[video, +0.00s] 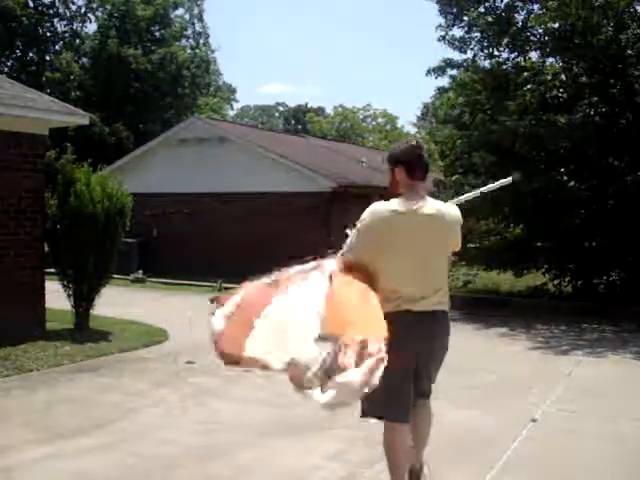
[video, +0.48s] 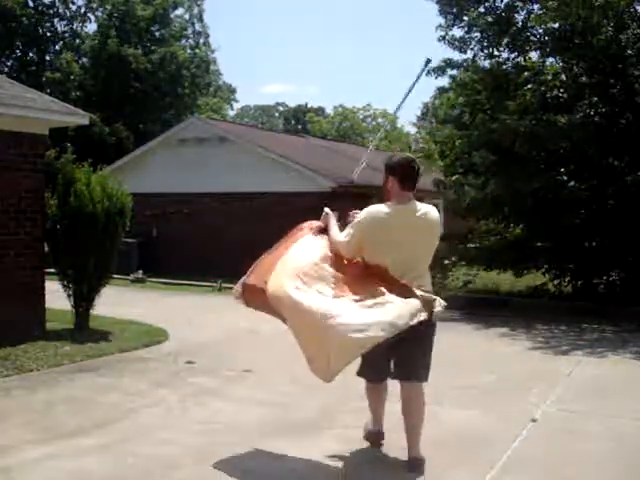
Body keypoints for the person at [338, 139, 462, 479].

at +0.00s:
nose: (389, 178)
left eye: (391, 172)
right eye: (391, 171)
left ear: (398, 174)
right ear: (425, 175)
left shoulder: (377, 215)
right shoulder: (448, 215)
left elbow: (349, 263)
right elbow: (453, 247)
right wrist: (429, 207)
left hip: (392, 323)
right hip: (436, 322)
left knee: (395, 412)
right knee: (421, 396)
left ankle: (400, 475)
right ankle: (416, 463)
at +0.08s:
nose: (389, 181)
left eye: (391, 176)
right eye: (392, 176)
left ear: (397, 179)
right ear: (426, 181)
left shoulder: (376, 218)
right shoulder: (447, 217)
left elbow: (349, 260)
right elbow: (447, 249)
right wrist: (419, 207)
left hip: (388, 321)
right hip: (433, 321)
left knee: (395, 409)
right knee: (420, 397)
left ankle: (400, 475)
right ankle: (416, 463)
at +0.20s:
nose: (390, 182)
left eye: (392, 177)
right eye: (392, 177)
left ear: (400, 180)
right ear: (426, 181)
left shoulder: (380, 217)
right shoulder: (445, 215)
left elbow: (352, 257)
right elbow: (444, 247)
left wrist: (340, 232)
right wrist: (402, 204)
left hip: (385, 313)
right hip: (432, 310)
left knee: (381, 392)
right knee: (419, 389)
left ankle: (397, 462)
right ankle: (416, 461)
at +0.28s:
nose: (391, 181)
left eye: (393, 177)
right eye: (393, 176)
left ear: (399, 180)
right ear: (425, 181)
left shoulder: (379, 215)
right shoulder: (443, 215)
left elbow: (353, 255)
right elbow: (443, 244)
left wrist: (339, 232)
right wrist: (401, 200)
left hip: (385, 312)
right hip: (431, 309)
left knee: (382, 390)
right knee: (419, 387)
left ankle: (397, 453)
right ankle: (417, 459)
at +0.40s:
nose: (388, 182)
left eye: (390, 177)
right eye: (390, 176)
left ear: (396, 179)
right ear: (421, 181)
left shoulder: (376, 213)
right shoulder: (438, 213)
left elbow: (351, 250)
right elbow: (431, 245)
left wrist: (335, 224)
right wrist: (392, 206)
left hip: (382, 313)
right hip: (427, 312)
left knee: (378, 379)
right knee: (417, 385)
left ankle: (389, 440)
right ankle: (415, 457)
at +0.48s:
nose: (384, 185)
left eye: (385, 180)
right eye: (386, 179)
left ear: (391, 182)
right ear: (415, 184)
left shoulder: (372, 217)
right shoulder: (432, 217)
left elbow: (344, 247)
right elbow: (416, 245)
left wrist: (330, 221)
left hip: (377, 309)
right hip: (420, 309)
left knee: (375, 373)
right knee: (413, 382)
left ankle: (376, 427)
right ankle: (415, 455)